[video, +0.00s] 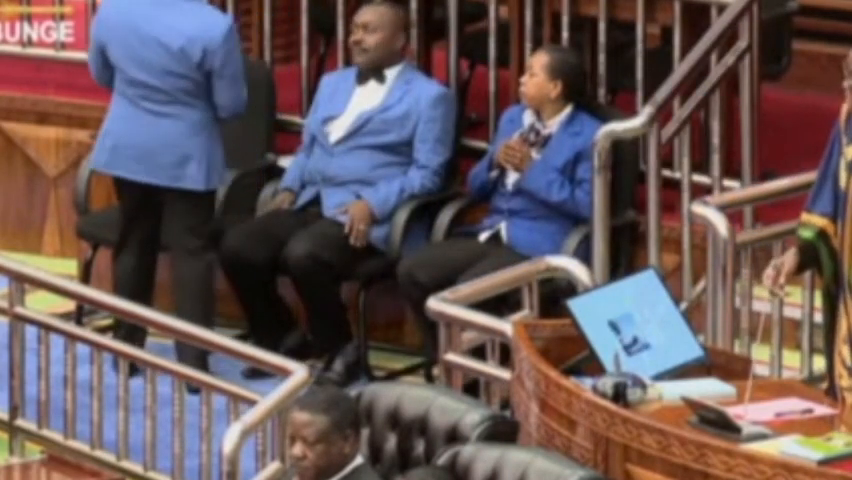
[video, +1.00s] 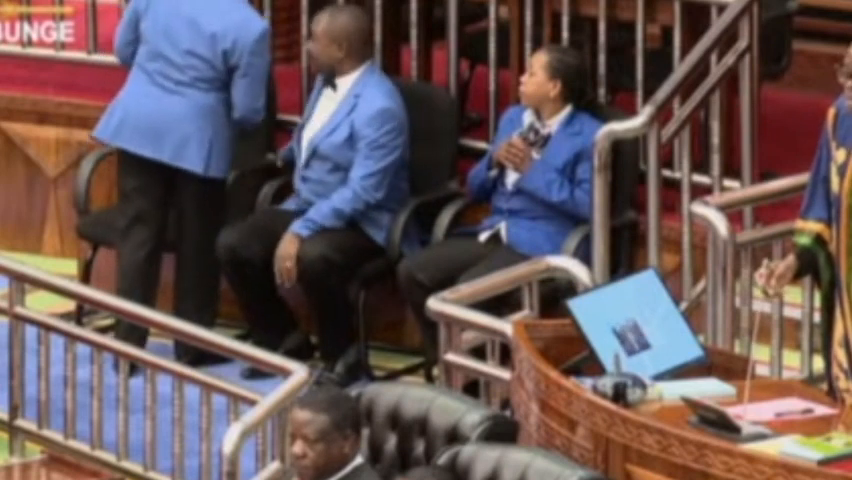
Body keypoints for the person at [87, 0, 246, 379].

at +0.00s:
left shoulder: (113, 10)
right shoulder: (214, 26)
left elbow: (102, 74)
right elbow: (231, 103)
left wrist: (141, 81)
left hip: (126, 150)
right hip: (186, 158)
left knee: (135, 244)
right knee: (191, 252)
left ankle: (128, 353)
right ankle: (193, 366)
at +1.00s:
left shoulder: (152, 3)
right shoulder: (250, 26)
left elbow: (124, 50)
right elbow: (246, 109)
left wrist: (159, 69)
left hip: (138, 129)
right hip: (199, 141)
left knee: (137, 237)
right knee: (197, 246)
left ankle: (128, 349)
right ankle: (191, 349)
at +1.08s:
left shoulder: (155, 3)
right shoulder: (254, 27)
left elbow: (126, 48)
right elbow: (247, 109)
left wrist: (160, 70)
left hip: (140, 128)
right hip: (200, 140)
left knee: (137, 234)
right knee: (197, 246)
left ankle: (125, 346)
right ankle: (191, 347)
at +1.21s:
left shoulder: (158, 2)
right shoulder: (253, 25)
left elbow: (129, 46)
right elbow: (246, 108)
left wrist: (165, 66)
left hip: (139, 126)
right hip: (199, 140)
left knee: (136, 231)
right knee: (196, 245)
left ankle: (119, 344)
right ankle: (191, 347)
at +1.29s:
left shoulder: (156, 3)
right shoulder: (248, 24)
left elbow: (130, 47)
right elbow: (242, 107)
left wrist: (162, 71)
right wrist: (258, 122)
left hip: (138, 127)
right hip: (196, 140)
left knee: (135, 230)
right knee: (196, 244)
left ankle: (116, 340)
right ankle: (191, 347)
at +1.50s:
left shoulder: (146, 4)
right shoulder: (215, 17)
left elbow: (133, 50)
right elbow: (212, 100)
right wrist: (247, 118)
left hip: (132, 126)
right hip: (180, 139)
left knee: (136, 235)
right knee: (191, 244)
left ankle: (114, 333)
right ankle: (190, 344)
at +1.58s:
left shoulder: (146, 4)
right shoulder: (215, 17)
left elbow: (133, 50)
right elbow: (212, 100)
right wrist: (247, 118)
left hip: (131, 126)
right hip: (180, 139)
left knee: (136, 235)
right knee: (191, 244)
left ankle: (114, 333)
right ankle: (190, 344)